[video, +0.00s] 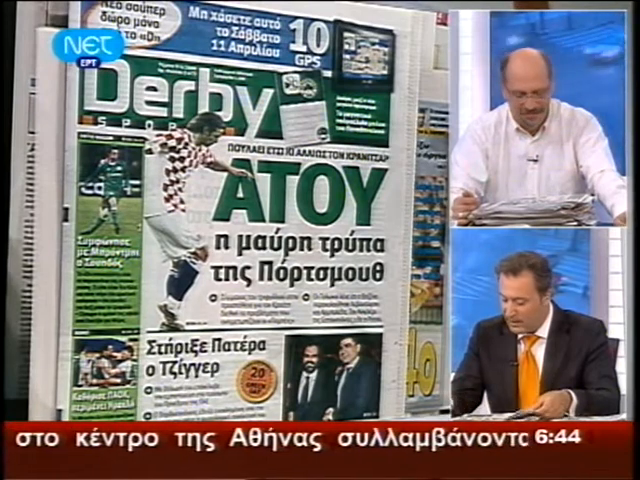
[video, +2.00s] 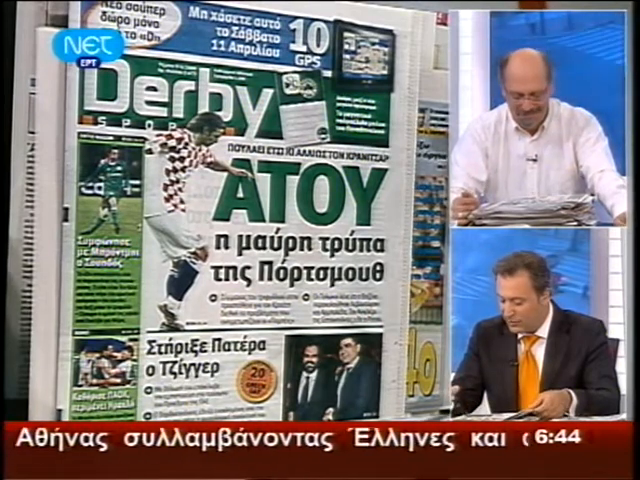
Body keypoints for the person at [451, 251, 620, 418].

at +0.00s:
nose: (509, 312)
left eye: (520, 302)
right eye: (505, 300)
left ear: (546, 297)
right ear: (499, 295)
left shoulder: (588, 333)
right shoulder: (486, 334)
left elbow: (610, 401)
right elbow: (461, 401)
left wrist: (570, 400)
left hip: (569, 451)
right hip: (505, 450)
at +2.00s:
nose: (507, 312)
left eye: (517, 302)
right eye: (502, 301)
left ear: (545, 297)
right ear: (497, 297)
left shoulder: (588, 332)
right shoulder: (486, 334)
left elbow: (610, 402)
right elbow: (463, 401)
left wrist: (569, 400)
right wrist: (451, 397)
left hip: (569, 452)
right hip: (505, 451)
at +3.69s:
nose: (509, 313)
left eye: (519, 304)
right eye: (504, 302)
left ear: (546, 297)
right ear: (499, 298)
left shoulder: (588, 333)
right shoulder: (487, 334)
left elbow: (610, 402)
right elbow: (461, 400)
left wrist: (569, 400)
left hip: (570, 453)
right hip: (506, 452)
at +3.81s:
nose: (509, 313)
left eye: (519, 304)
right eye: (504, 302)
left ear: (546, 297)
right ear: (498, 298)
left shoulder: (588, 333)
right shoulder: (487, 334)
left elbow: (610, 402)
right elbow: (461, 400)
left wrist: (569, 400)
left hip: (569, 452)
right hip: (505, 451)